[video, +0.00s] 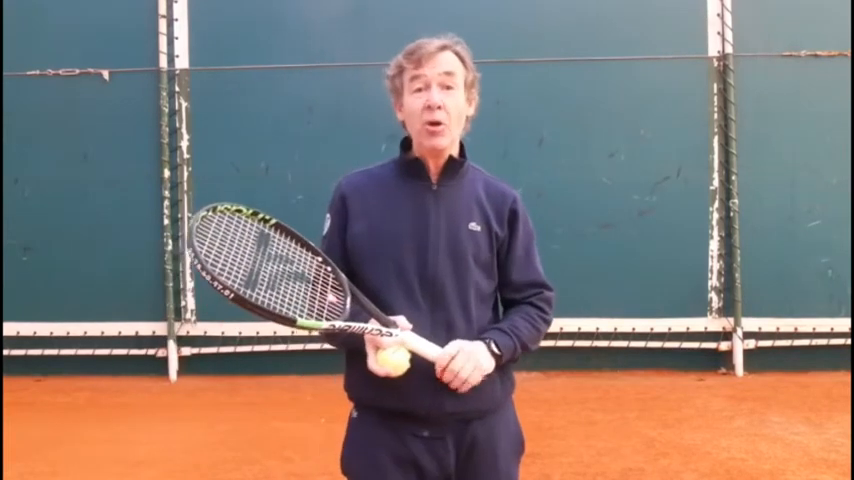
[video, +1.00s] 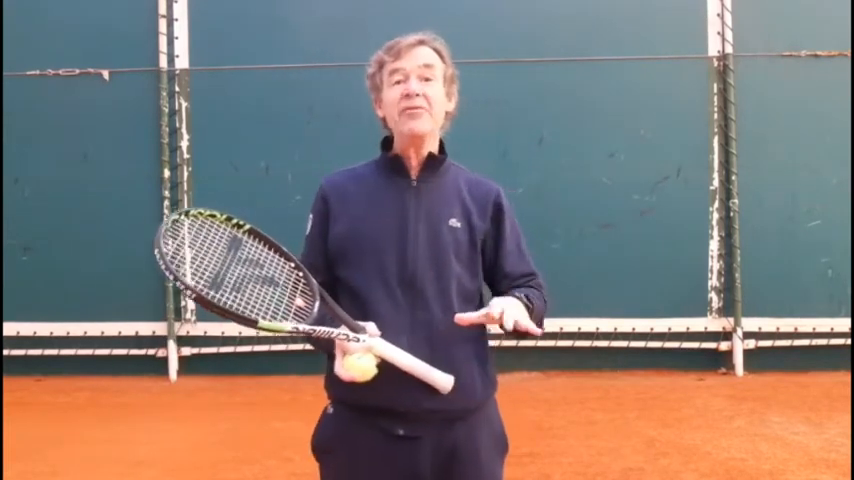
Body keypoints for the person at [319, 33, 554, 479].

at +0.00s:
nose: (433, 100)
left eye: (447, 86)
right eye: (419, 88)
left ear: (469, 104)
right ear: (400, 107)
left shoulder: (500, 202)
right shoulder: (355, 196)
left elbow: (534, 303)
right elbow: (327, 303)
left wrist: (489, 348)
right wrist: (367, 336)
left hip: (485, 433)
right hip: (385, 432)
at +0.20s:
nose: (439, 97)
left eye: (453, 84)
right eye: (423, 86)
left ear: (474, 103)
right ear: (404, 106)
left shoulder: (502, 202)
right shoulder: (356, 195)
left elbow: (534, 301)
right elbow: (327, 314)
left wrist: (497, 348)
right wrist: (374, 336)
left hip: (487, 433)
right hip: (387, 432)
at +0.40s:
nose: (439, 91)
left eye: (453, 79)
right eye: (425, 80)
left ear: (473, 102)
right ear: (403, 103)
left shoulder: (502, 201)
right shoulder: (356, 192)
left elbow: (532, 297)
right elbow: (322, 304)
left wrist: (504, 341)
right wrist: (380, 332)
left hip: (487, 431)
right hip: (389, 431)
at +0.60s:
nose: (438, 86)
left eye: (451, 77)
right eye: (422, 78)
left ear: (471, 101)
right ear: (401, 103)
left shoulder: (500, 202)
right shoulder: (353, 195)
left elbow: (532, 299)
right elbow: (323, 310)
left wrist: (505, 341)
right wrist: (372, 341)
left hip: (487, 435)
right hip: (388, 434)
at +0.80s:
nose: (427, 87)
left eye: (441, 76)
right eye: (412, 78)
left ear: (462, 99)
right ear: (392, 103)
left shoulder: (495, 200)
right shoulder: (348, 196)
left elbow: (531, 294)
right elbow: (316, 304)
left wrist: (518, 325)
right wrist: (355, 342)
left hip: (481, 433)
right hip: (380, 432)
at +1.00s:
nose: (412, 87)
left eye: (426, 76)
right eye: (398, 79)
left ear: (449, 100)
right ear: (380, 105)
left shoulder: (484, 198)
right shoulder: (336, 196)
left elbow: (527, 288)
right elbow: (307, 304)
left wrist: (515, 305)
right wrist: (338, 339)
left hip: (465, 433)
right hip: (364, 430)